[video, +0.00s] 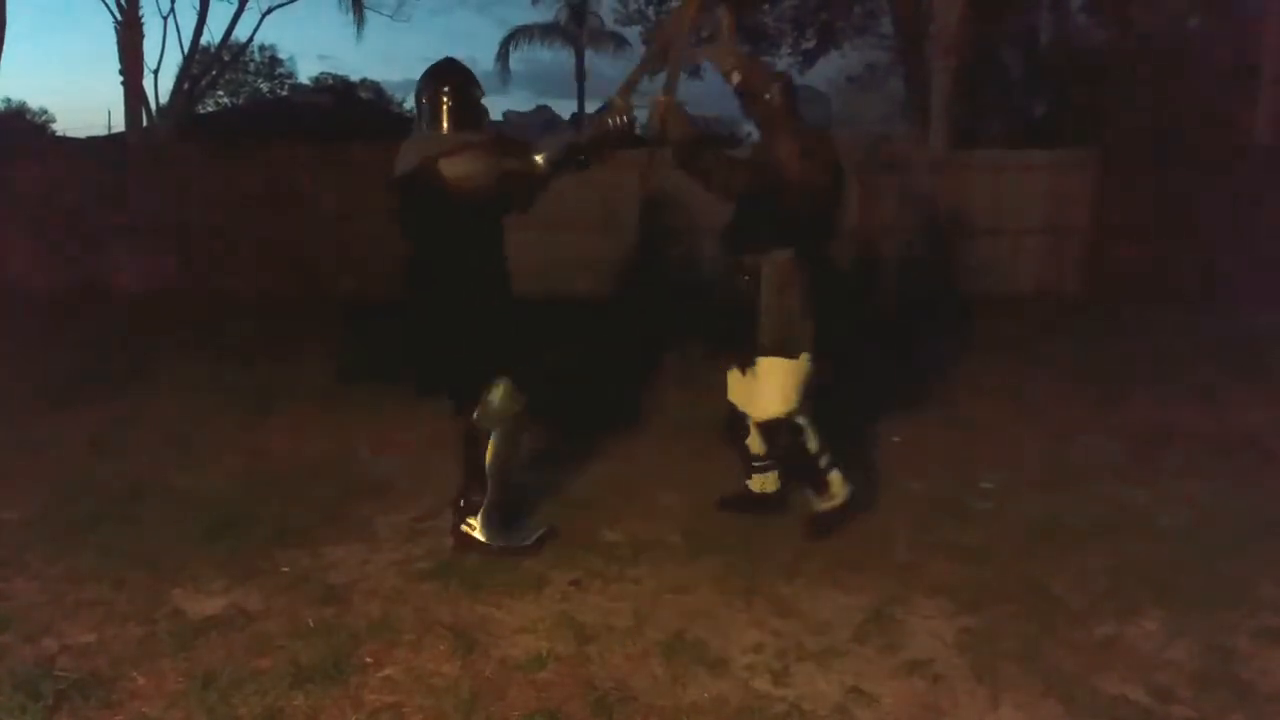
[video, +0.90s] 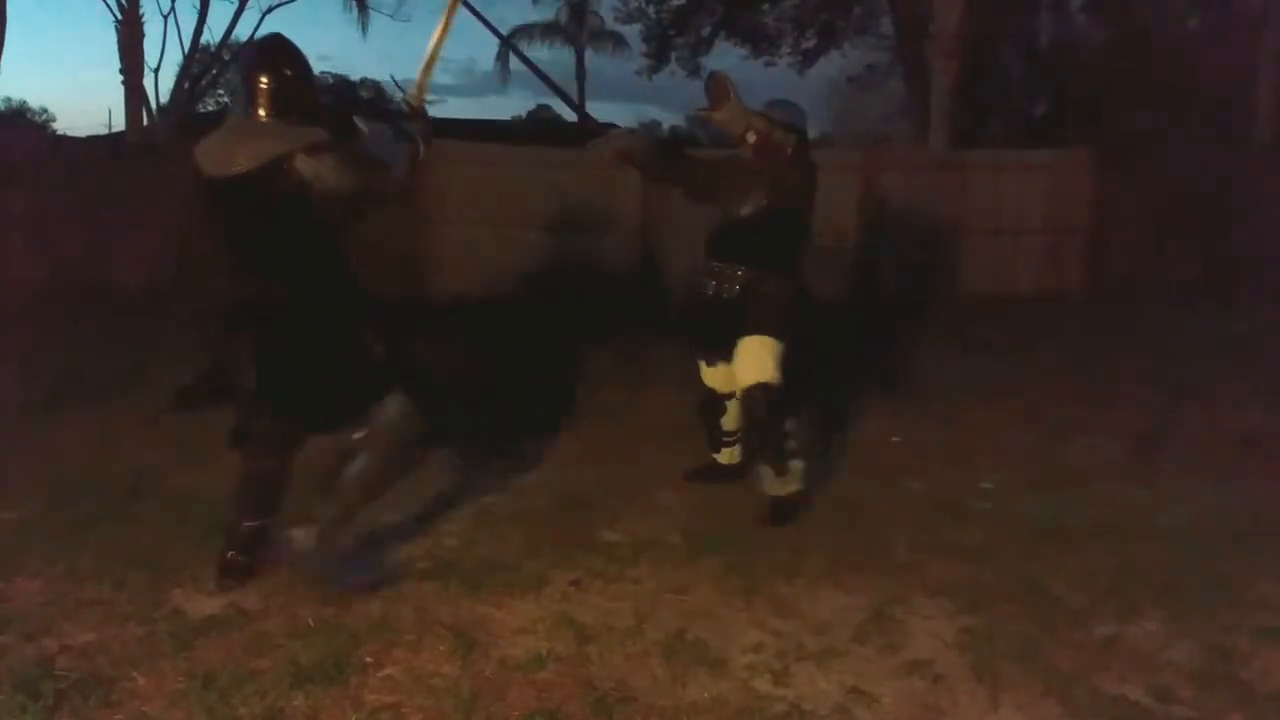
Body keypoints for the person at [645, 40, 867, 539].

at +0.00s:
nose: (759, 108)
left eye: (767, 98)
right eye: (754, 101)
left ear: (786, 100)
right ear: (752, 108)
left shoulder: (808, 150)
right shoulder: (762, 159)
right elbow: (719, 174)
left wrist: (734, 66)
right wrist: (681, 136)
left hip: (790, 277)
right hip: (749, 276)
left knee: (776, 397)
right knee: (746, 391)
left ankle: (832, 492)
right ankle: (762, 487)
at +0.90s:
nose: (759, 139)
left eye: (770, 132)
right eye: (759, 131)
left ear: (791, 140)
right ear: (754, 135)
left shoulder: (797, 176)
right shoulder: (735, 171)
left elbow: (779, 150)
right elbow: (692, 172)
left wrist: (742, 121)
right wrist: (642, 153)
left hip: (766, 292)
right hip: (721, 287)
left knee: (758, 385)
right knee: (718, 382)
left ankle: (784, 487)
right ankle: (729, 458)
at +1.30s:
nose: (728, 148)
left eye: (738, 142)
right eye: (727, 139)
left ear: (760, 145)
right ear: (722, 140)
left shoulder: (772, 189)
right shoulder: (707, 177)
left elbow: (797, 167)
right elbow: (658, 165)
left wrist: (758, 134)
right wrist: (617, 138)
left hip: (743, 294)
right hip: (704, 290)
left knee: (712, 395)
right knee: (696, 382)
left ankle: (721, 487)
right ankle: (715, 460)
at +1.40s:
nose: (723, 145)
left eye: (733, 137)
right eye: (721, 136)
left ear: (756, 139)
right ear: (718, 136)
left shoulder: (772, 182)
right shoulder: (705, 174)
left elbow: (797, 175)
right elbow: (654, 164)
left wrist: (765, 143)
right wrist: (613, 135)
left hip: (740, 289)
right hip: (694, 283)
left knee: (718, 393)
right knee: (688, 381)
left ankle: (722, 486)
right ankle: (712, 459)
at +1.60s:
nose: (707, 135)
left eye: (719, 128)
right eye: (706, 126)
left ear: (744, 134)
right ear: (702, 127)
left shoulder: (762, 179)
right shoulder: (686, 162)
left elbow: (781, 187)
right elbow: (642, 153)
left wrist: (751, 149)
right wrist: (604, 133)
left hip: (717, 289)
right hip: (665, 280)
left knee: (705, 393)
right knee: (642, 374)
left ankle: (715, 489)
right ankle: (663, 447)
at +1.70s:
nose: (700, 140)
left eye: (711, 132)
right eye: (700, 130)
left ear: (735, 137)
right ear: (698, 131)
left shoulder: (760, 183)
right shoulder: (677, 164)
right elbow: (635, 153)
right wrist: (598, 140)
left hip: (710, 295)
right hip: (657, 286)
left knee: (699, 399)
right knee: (633, 382)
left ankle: (715, 493)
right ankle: (631, 466)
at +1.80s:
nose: (705, 143)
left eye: (715, 134)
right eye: (701, 134)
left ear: (735, 137)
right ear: (695, 135)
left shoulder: (751, 182)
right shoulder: (672, 168)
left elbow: (762, 214)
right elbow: (629, 159)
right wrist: (586, 144)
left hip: (701, 293)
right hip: (650, 283)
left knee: (695, 395)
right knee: (624, 381)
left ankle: (714, 490)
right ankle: (629, 465)